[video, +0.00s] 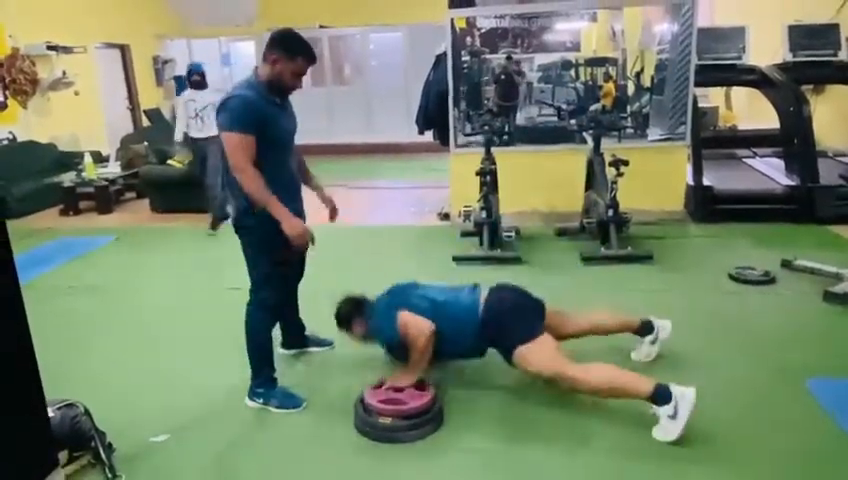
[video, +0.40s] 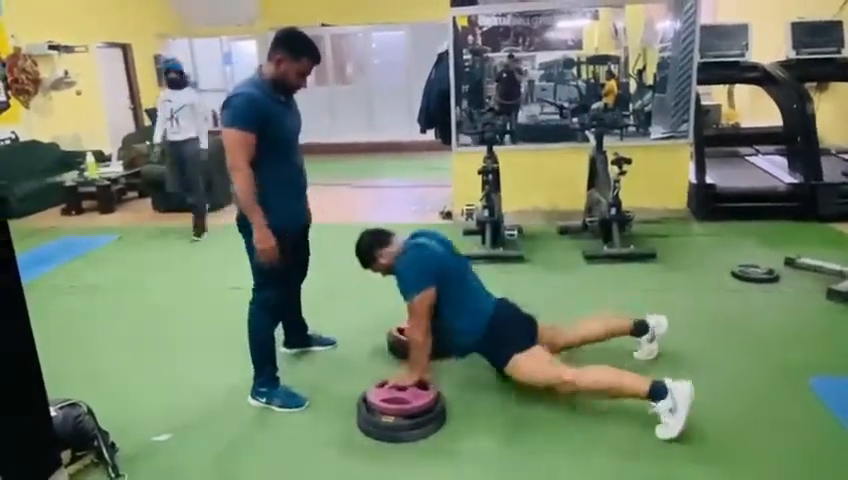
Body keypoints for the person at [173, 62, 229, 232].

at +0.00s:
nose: (197, 79)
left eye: (200, 76)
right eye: (193, 77)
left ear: (205, 76)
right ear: (188, 79)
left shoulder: (216, 95)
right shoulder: (183, 98)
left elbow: (228, 116)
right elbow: (181, 121)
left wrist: (229, 136)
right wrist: (178, 141)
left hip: (213, 140)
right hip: (195, 141)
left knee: (212, 179)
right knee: (202, 177)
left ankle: (216, 214)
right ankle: (223, 205)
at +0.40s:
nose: (172, 78)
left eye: (176, 74)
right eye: (169, 75)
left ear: (182, 75)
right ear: (166, 77)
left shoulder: (192, 94)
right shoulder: (164, 96)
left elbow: (202, 120)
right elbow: (160, 120)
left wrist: (204, 145)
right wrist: (157, 141)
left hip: (190, 141)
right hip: (172, 143)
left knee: (194, 183)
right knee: (178, 185)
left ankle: (198, 226)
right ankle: (200, 205)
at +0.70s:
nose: (141, 81)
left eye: (145, 76)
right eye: (139, 77)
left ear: (154, 77)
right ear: (137, 80)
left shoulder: (167, 97)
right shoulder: (140, 100)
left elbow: (174, 122)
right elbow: (144, 124)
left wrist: (168, 140)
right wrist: (145, 143)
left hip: (168, 146)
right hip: (150, 148)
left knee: (182, 187)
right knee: (152, 191)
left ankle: (201, 222)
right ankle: (149, 235)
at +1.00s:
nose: (111, 80)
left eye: (115, 76)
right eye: (108, 77)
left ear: (123, 76)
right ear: (105, 79)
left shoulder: (137, 97)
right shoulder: (109, 100)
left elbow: (151, 124)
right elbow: (110, 127)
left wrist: (150, 150)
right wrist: (110, 150)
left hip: (138, 150)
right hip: (120, 152)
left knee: (136, 201)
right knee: (134, 200)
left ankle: (158, 227)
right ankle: (147, 237)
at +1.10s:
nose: (102, 81)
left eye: (105, 76)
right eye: (98, 77)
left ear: (114, 77)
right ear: (95, 79)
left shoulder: (130, 100)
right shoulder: (99, 102)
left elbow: (144, 127)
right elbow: (101, 128)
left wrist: (148, 152)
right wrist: (99, 150)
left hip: (130, 151)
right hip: (110, 153)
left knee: (125, 200)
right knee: (128, 199)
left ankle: (136, 242)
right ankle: (146, 238)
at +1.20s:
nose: (93, 83)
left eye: (97, 79)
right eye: (90, 80)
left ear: (106, 79)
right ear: (86, 82)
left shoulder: (121, 103)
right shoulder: (89, 105)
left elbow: (137, 131)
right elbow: (87, 134)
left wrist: (145, 156)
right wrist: (76, 156)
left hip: (122, 156)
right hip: (103, 159)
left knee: (118, 203)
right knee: (123, 200)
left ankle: (111, 252)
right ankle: (146, 238)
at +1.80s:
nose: (17, 89)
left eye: (21, 84)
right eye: (16, 85)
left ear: (33, 85)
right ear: (19, 88)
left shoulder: (51, 110)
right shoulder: (26, 112)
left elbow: (60, 148)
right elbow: (32, 144)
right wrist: (31, 166)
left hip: (62, 173)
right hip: (42, 176)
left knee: (81, 221)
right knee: (42, 231)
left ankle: (99, 259)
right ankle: (36, 279)